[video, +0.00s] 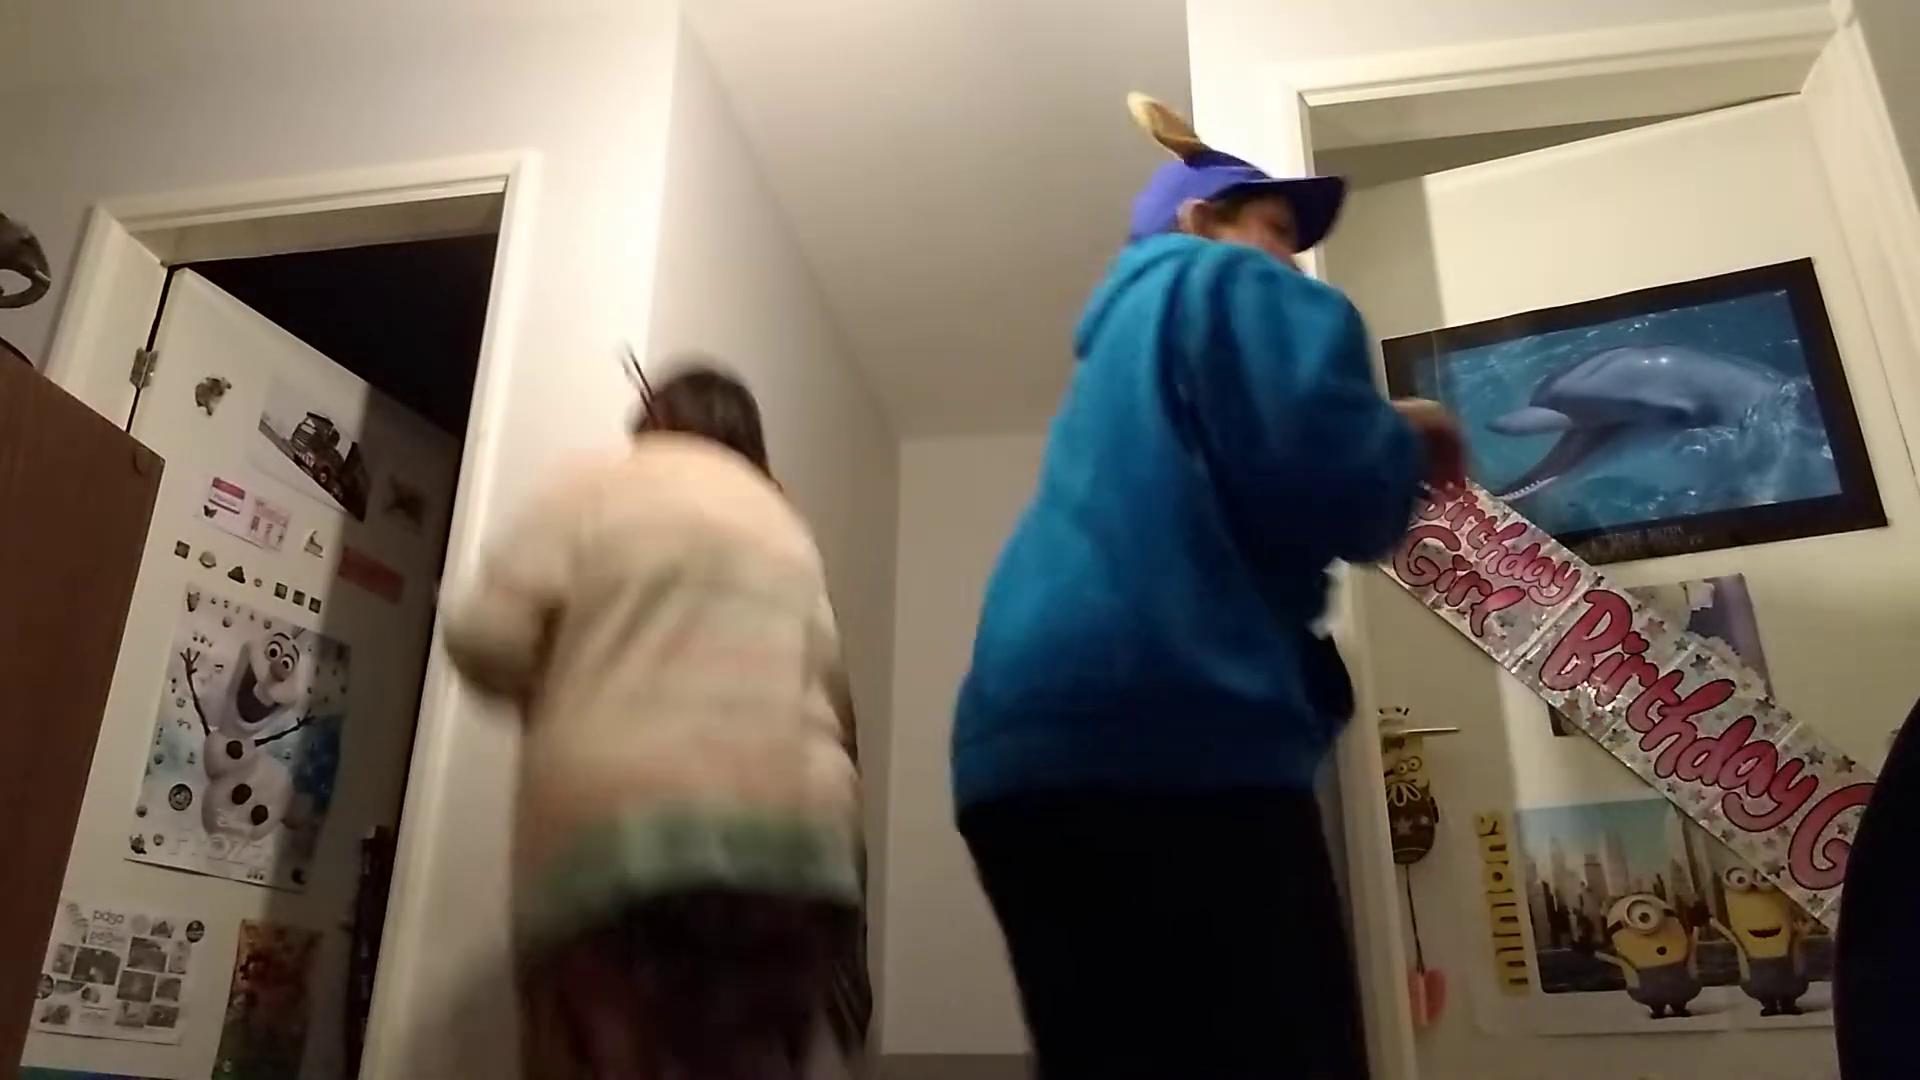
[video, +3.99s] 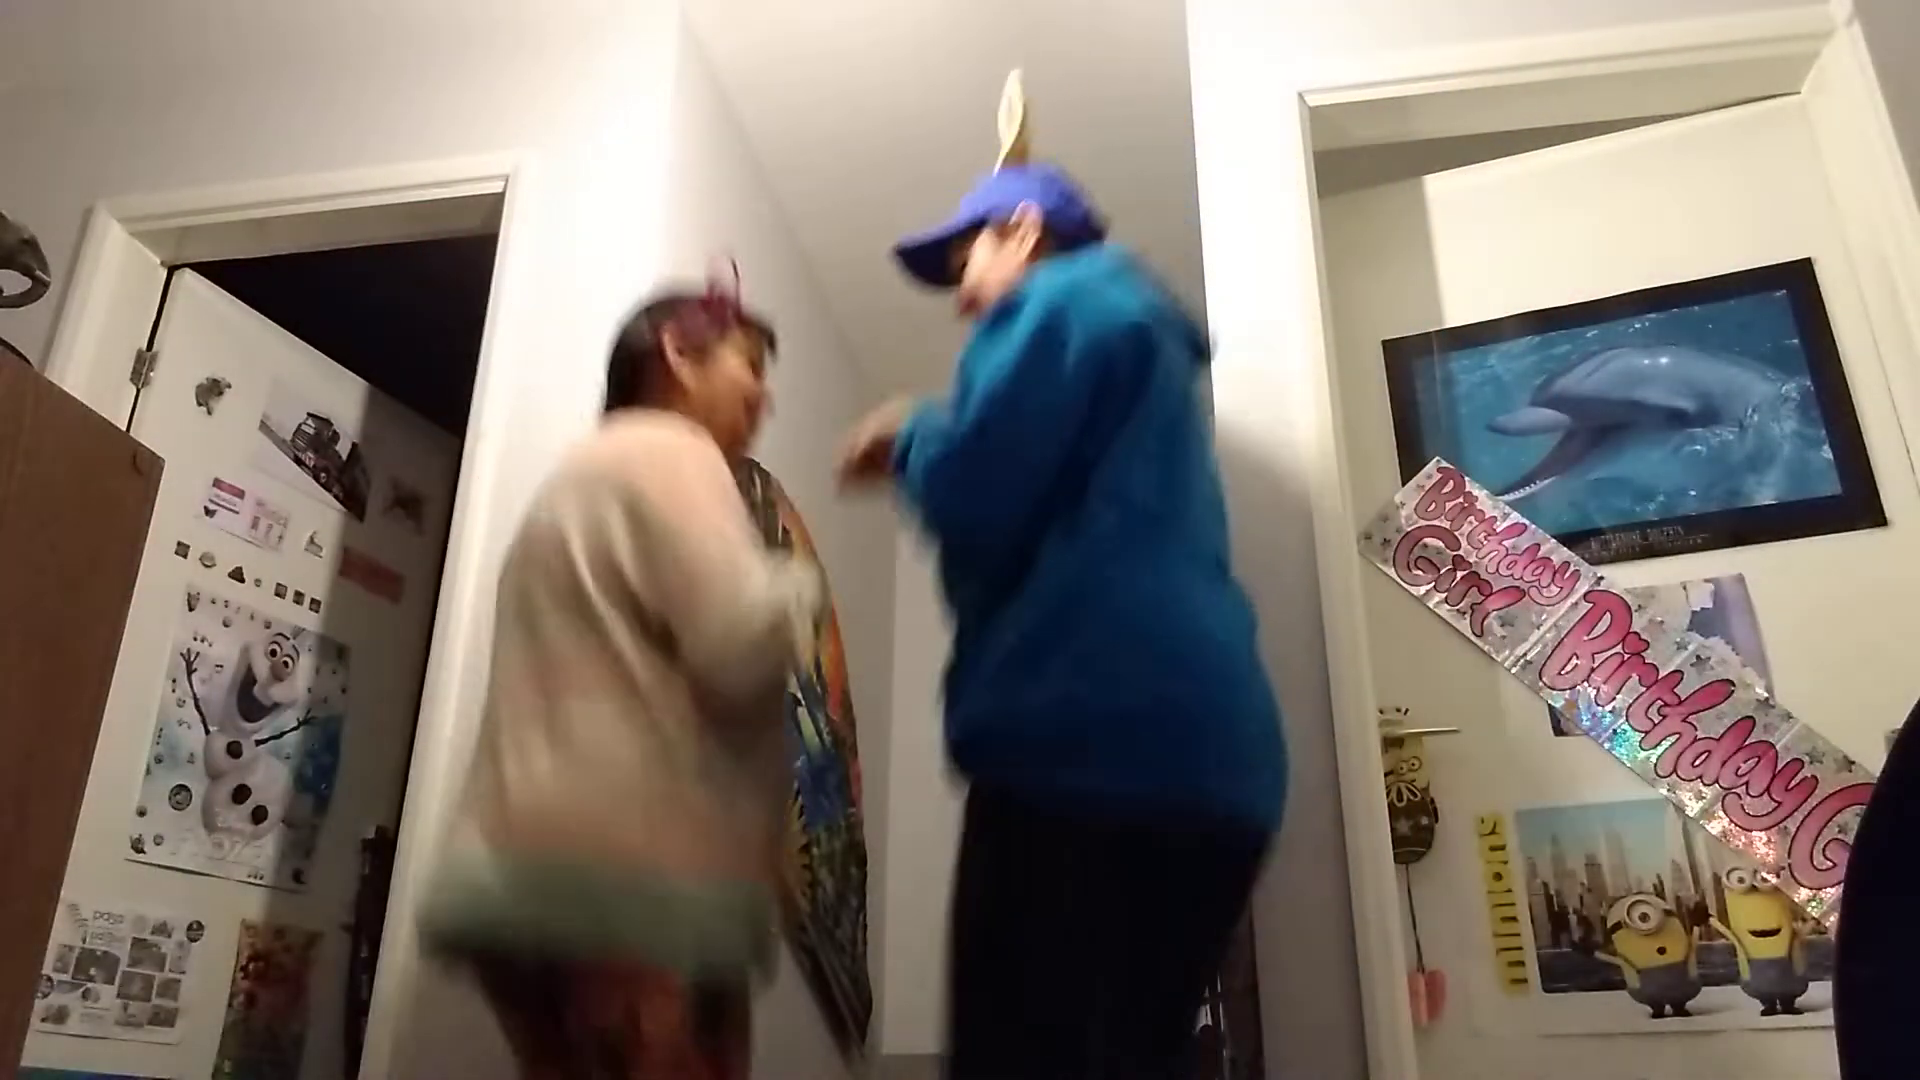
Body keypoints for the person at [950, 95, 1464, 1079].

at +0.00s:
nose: (1296, 251)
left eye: (1295, 233)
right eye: (1275, 226)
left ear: (1177, 229)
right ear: (1201, 217)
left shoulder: (1114, 342)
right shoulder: (1243, 290)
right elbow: (1350, 493)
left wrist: (1379, 432)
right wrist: (1410, 438)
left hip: (1026, 749)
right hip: (1175, 739)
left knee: (1104, 1054)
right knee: (1279, 1049)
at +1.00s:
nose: (1499, 150)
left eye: (1516, 131)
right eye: (1460, 132)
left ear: (1541, 162)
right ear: (1398, 186)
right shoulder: (1456, 255)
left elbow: (1732, 473)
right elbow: (1642, 374)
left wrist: (1685, 279)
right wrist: (1682, 252)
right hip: (1597, 699)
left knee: (1723, 1023)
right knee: (1743, 1021)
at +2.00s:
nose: (1557, 202)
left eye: (1581, 167)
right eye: (1548, 191)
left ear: (1677, 159)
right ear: (1554, 222)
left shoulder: (1818, 258)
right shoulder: (1568, 380)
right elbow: (1585, 650)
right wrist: (1527, 566)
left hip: (1856, 765)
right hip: (1669, 798)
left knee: (1876, 1048)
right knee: (1743, 1057)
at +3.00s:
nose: (1362, 218)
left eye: (1374, 181)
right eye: (1350, 200)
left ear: (1452, 155)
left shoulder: (1530, 215)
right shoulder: (1431, 320)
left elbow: (1442, 374)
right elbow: (1371, 565)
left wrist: (1340, 345)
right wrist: (1344, 404)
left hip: (1656, 683)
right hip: (1550, 711)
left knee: (1664, 1010)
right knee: (1594, 1021)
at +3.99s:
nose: (959, 288)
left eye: (969, 255)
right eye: (958, 265)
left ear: (1022, 229)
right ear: (1049, 234)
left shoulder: (1066, 301)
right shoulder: (1139, 314)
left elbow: (972, 493)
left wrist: (913, 428)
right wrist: (922, 441)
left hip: (1089, 755)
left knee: (1018, 1043)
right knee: (1130, 1044)